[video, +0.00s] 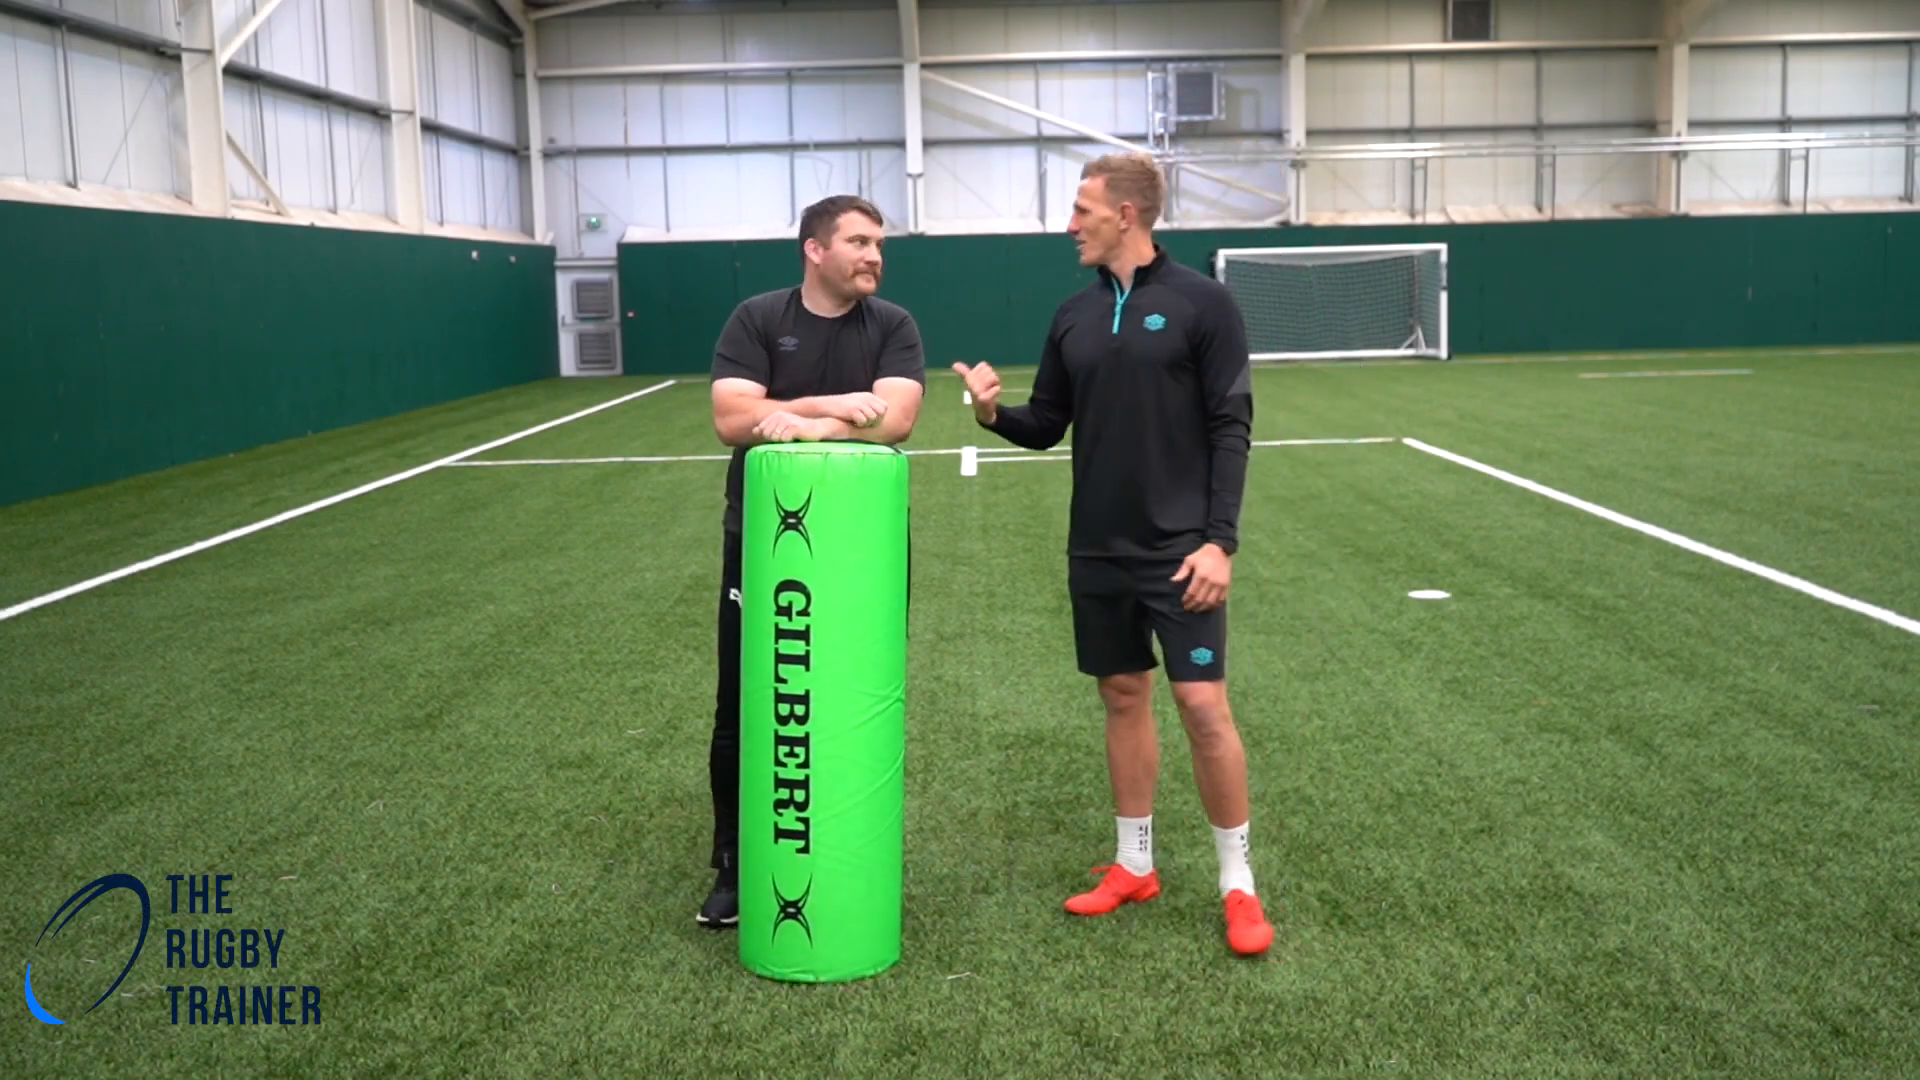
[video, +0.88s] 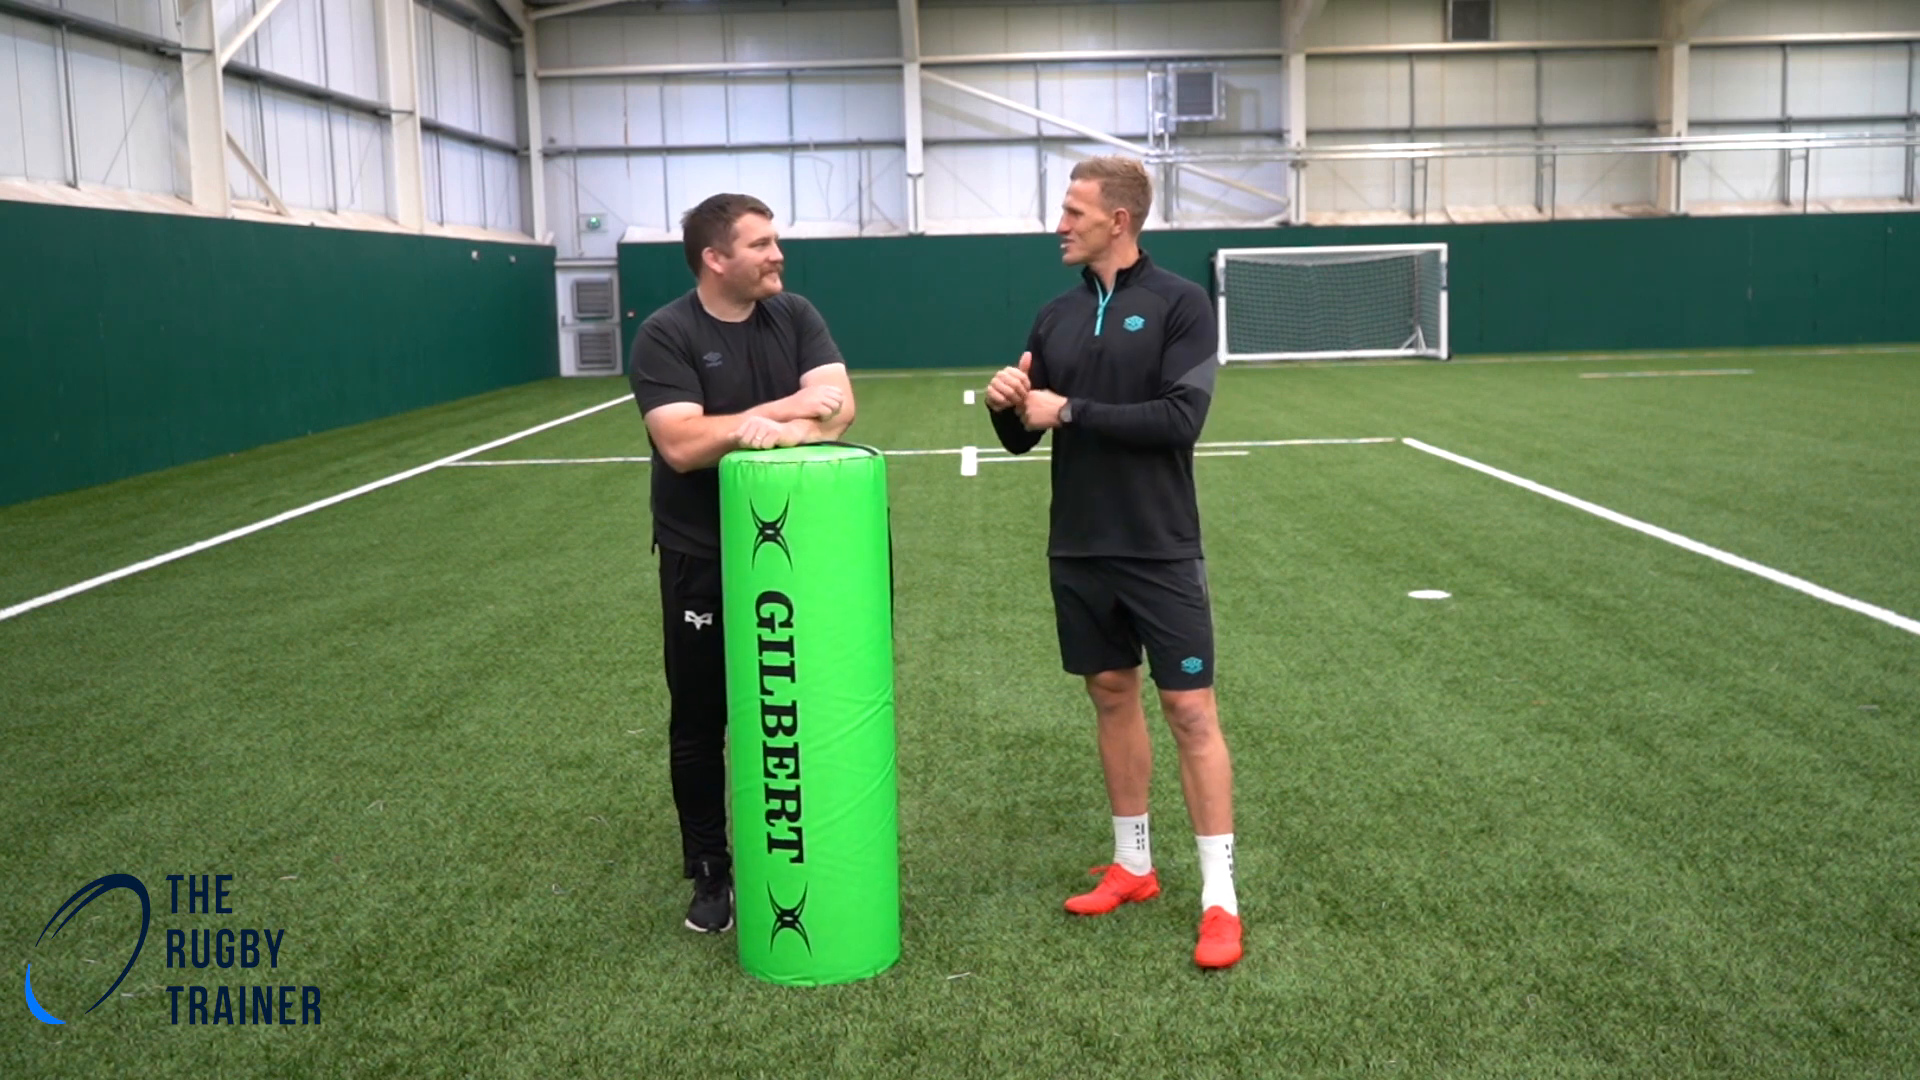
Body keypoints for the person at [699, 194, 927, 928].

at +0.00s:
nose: (875, 257)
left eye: (878, 245)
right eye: (859, 242)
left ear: (876, 256)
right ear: (814, 250)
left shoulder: (891, 325)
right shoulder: (757, 318)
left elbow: (895, 420)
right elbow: (730, 419)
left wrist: (786, 416)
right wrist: (846, 410)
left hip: (854, 546)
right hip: (761, 542)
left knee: (848, 711)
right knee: (744, 706)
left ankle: (840, 878)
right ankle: (732, 871)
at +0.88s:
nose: (776, 254)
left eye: (775, 242)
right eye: (760, 246)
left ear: (768, 249)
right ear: (712, 259)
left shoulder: (795, 315)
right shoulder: (664, 336)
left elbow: (836, 409)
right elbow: (679, 446)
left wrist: (742, 422)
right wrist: (789, 414)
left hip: (791, 555)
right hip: (701, 559)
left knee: (797, 713)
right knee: (701, 722)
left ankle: (803, 867)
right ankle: (711, 874)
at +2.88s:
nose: (822, 277)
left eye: (833, 264)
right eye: (807, 263)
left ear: (845, 263)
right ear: (772, 261)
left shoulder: (868, 321)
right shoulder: (730, 328)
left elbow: (884, 425)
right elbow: (730, 433)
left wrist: (783, 423)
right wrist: (833, 408)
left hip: (842, 554)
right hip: (746, 552)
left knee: (837, 715)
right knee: (728, 713)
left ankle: (831, 877)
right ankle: (716, 870)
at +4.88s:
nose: (763, 278)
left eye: (771, 263)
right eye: (746, 267)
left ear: (779, 257)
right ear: (705, 268)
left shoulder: (808, 316)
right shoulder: (670, 335)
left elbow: (842, 419)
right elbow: (691, 442)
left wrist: (758, 424)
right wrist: (798, 410)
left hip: (799, 553)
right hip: (700, 555)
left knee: (803, 710)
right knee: (700, 719)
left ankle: (808, 864)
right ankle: (712, 872)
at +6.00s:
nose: (786, 261)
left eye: (785, 248)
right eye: (770, 253)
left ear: (779, 250)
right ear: (720, 266)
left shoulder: (806, 314)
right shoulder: (675, 338)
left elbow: (846, 414)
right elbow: (706, 445)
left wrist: (764, 428)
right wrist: (808, 408)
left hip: (805, 556)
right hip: (713, 560)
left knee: (807, 712)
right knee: (709, 720)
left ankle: (811, 865)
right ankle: (713, 872)